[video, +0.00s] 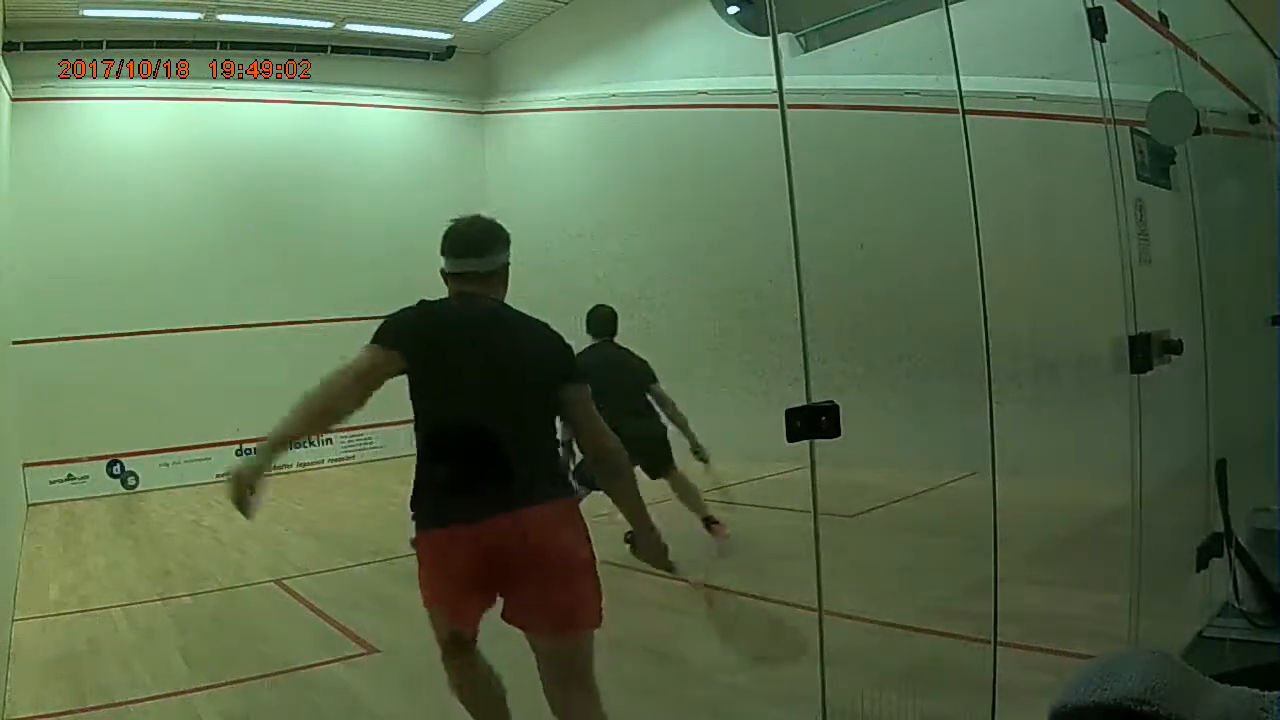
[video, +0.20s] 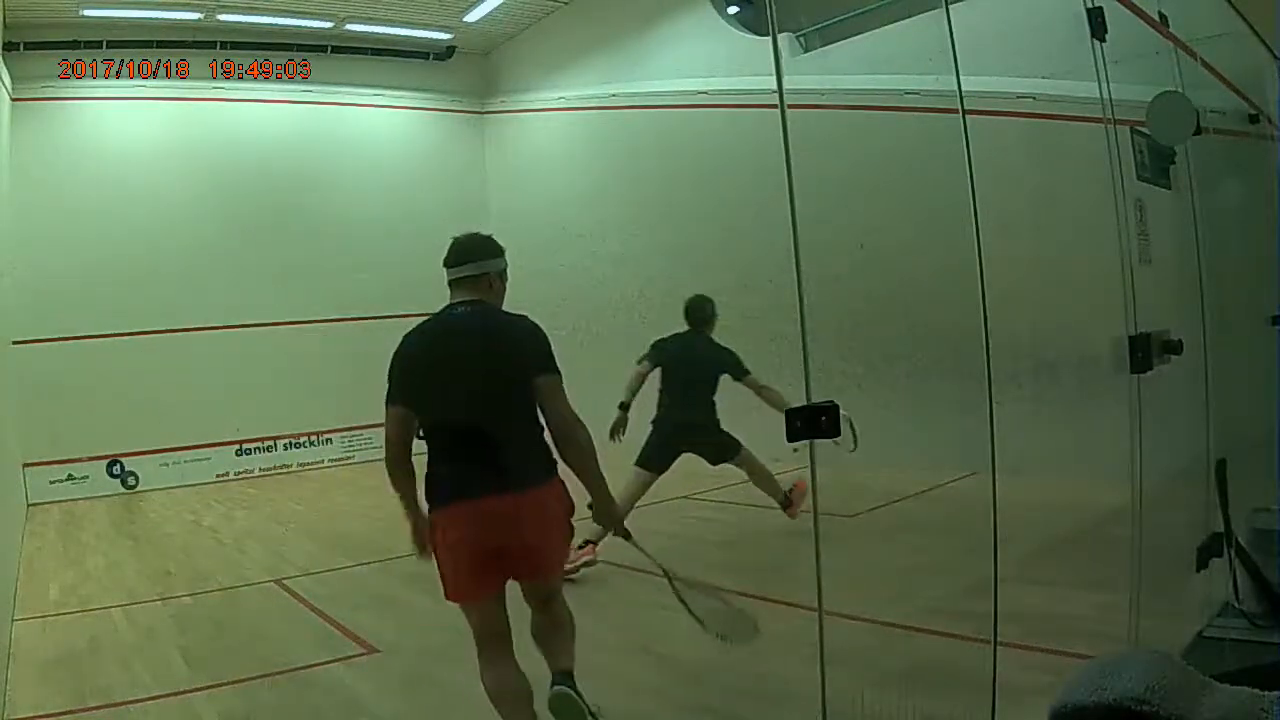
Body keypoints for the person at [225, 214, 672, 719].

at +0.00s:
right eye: (499, 270)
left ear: (446, 273)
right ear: (506, 273)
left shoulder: (413, 325)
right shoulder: (543, 340)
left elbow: (346, 389)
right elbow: (601, 447)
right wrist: (642, 527)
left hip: (450, 534)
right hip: (547, 527)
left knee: (460, 650)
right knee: (573, 687)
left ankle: (499, 718)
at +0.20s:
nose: (505, 289)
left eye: (504, 281)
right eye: (504, 281)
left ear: (449, 282)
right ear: (495, 280)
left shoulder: (413, 346)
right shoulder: (521, 333)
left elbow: (396, 448)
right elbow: (562, 424)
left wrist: (414, 515)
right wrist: (601, 497)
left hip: (459, 516)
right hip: (533, 502)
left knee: (492, 642)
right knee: (547, 600)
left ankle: (523, 716)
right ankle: (563, 681)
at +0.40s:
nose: (503, 282)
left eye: (497, 275)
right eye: (502, 275)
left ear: (457, 275)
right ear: (497, 274)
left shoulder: (424, 320)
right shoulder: (508, 319)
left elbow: (390, 397)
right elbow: (546, 397)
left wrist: (424, 429)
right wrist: (578, 459)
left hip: (449, 465)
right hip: (511, 455)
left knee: (482, 571)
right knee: (530, 555)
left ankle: (496, 653)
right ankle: (529, 653)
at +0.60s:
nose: (468, 297)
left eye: (453, 292)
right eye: (469, 291)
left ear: (436, 293)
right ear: (471, 292)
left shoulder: (415, 334)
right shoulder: (491, 331)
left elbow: (368, 379)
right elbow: (523, 396)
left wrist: (391, 432)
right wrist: (544, 445)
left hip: (442, 450)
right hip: (495, 443)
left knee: (456, 520)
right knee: (512, 534)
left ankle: (476, 600)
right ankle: (524, 621)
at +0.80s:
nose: (439, 315)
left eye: (429, 311)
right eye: (448, 310)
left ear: (424, 313)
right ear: (455, 312)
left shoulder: (408, 350)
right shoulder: (471, 348)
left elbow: (382, 405)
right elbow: (502, 393)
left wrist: (402, 440)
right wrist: (519, 437)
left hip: (426, 452)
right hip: (470, 444)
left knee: (430, 516)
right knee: (476, 501)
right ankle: (491, 562)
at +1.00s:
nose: (401, 342)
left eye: (402, 339)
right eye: (404, 338)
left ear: (405, 342)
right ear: (431, 343)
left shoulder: (389, 379)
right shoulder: (447, 375)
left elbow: (371, 426)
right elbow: (474, 421)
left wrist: (374, 456)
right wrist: (489, 451)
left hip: (413, 467)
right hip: (452, 460)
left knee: (400, 503)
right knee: (459, 488)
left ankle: (405, 550)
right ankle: (470, 534)